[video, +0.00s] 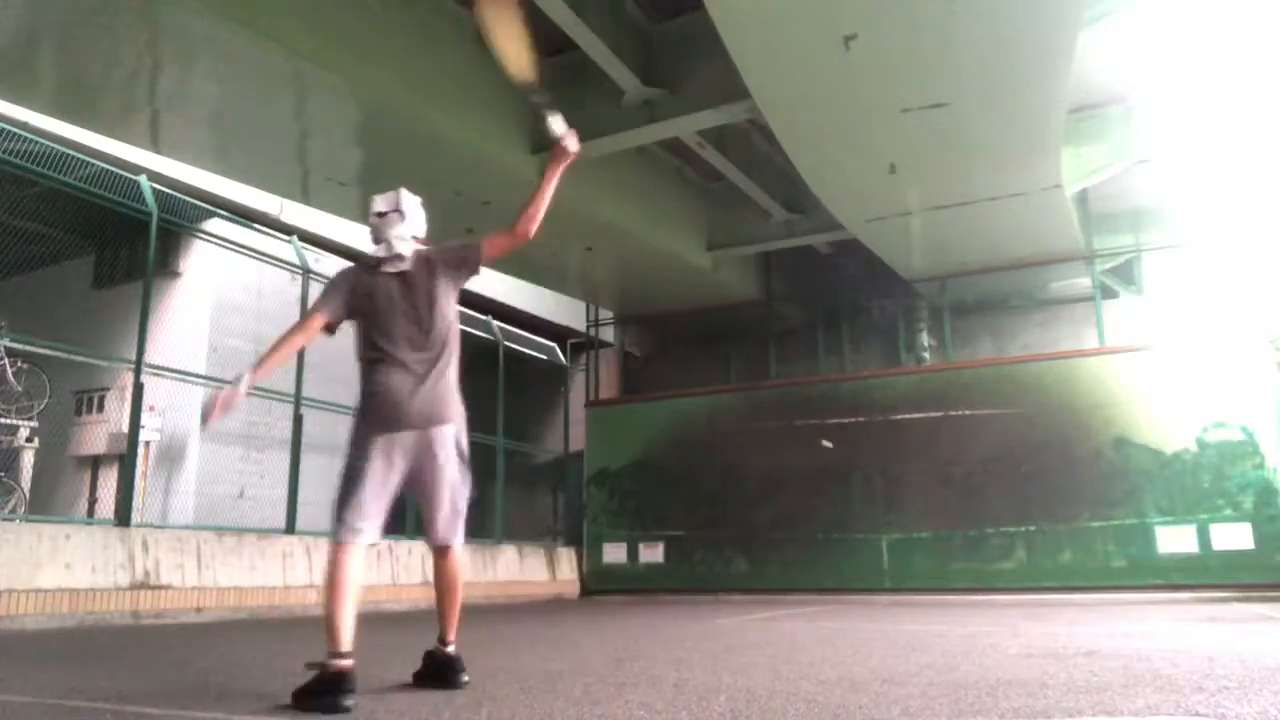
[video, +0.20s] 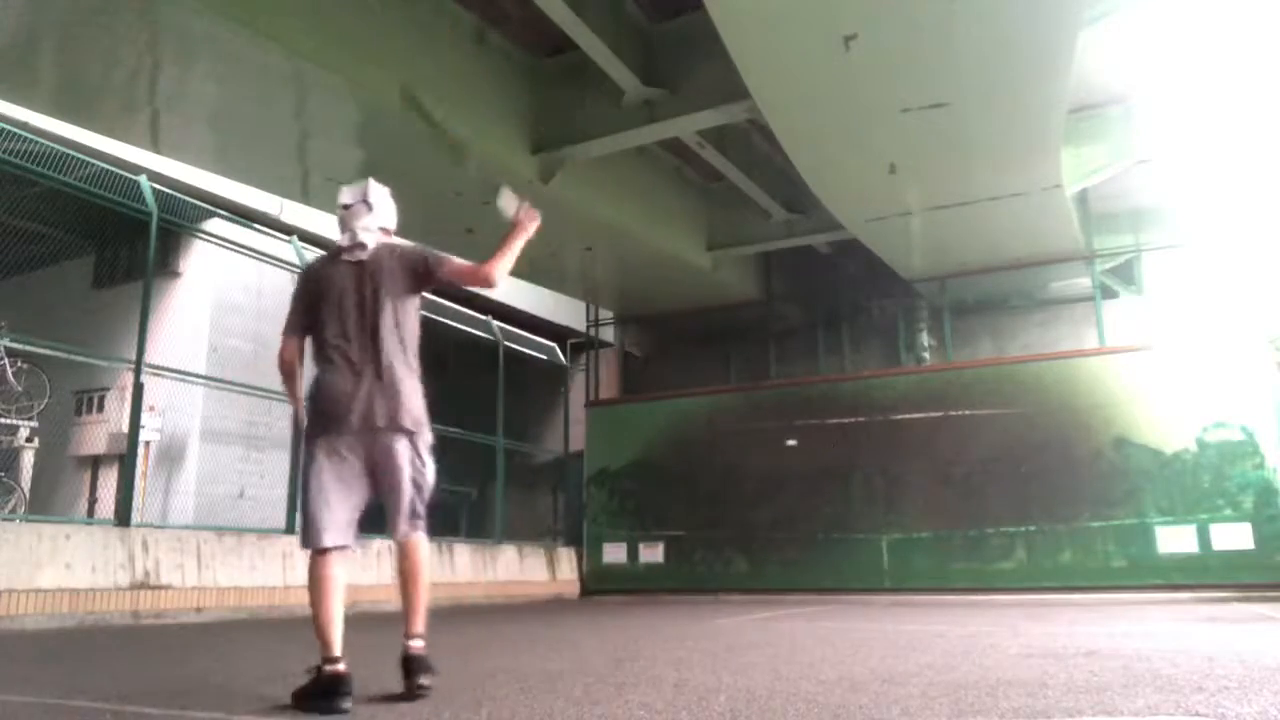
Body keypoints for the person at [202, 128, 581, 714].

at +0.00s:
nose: (388, 232)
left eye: (384, 224)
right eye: (396, 223)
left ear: (373, 228)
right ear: (419, 226)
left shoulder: (356, 279)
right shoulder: (446, 263)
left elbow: (303, 334)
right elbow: (522, 231)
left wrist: (243, 383)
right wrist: (556, 165)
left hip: (383, 421)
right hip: (442, 419)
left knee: (350, 541)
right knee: (448, 541)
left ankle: (338, 669)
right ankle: (447, 655)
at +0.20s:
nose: (382, 229)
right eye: (387, 220)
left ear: (341, 222)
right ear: (388, 222)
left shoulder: (316, 272)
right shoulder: (407, 259)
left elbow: (288, 355)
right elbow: (487, 276)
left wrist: (297, 405)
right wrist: (521, 231)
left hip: (334, 417)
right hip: (399, 414)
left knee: (327, 546)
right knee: (411, 532)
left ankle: (333, 669)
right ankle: (416, 651)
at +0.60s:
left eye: (295, 211)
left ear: (283, 212)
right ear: (335, 213)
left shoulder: (257, 256)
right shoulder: (362, 264)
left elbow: (234, 344)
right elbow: (386, 357)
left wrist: (272, 366)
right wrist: (340, 382)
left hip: (266, 416)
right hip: (338, 418)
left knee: (213, 535)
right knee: (359, 543)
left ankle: (187, 661)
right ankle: (375, 676)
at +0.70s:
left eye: (264, 208)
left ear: (256, 210)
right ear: (304, 214)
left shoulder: (228, 252)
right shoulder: (328, 267)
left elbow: (188, 335)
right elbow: (339, 323)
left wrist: (211, 322)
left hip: (234, 423)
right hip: (306, 426)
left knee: (173, 537)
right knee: (340, 545)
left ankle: (147, 672)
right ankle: (375, 671)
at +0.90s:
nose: (182, 203)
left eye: (188, 195)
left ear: (195, 198)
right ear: (241, 208)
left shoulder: (181, 230)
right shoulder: (256, 259)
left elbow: (99, 307)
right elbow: (199, 341)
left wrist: (106, 274)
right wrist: (123, 328)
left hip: (185, 403)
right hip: (241, 412)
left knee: (137, 530)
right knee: (206, 528)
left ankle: (142, 675)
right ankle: (257, 619)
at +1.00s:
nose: (156, 193)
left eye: (161, 188)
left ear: (166, 194)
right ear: (210, 204)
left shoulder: (156, 225)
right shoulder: (220, 253)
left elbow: (69, 282)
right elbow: (151, 332)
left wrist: (70, 247)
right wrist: (74, 298)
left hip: (166, 396)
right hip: (215, 399)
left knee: (139, 528)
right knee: (159, 526)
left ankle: (141, 675)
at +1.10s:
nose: (131, 202)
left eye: (136, 196)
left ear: (141, 199)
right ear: (184, 207)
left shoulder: (140, 229)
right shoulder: (189, 252)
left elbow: (47, 267)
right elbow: (105, 328)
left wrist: (48, 222)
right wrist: (41, 284)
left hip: (155, 400)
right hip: (193, 401)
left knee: (131, 530)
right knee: (119, 524)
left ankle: (144, 674)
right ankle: (87, 648)